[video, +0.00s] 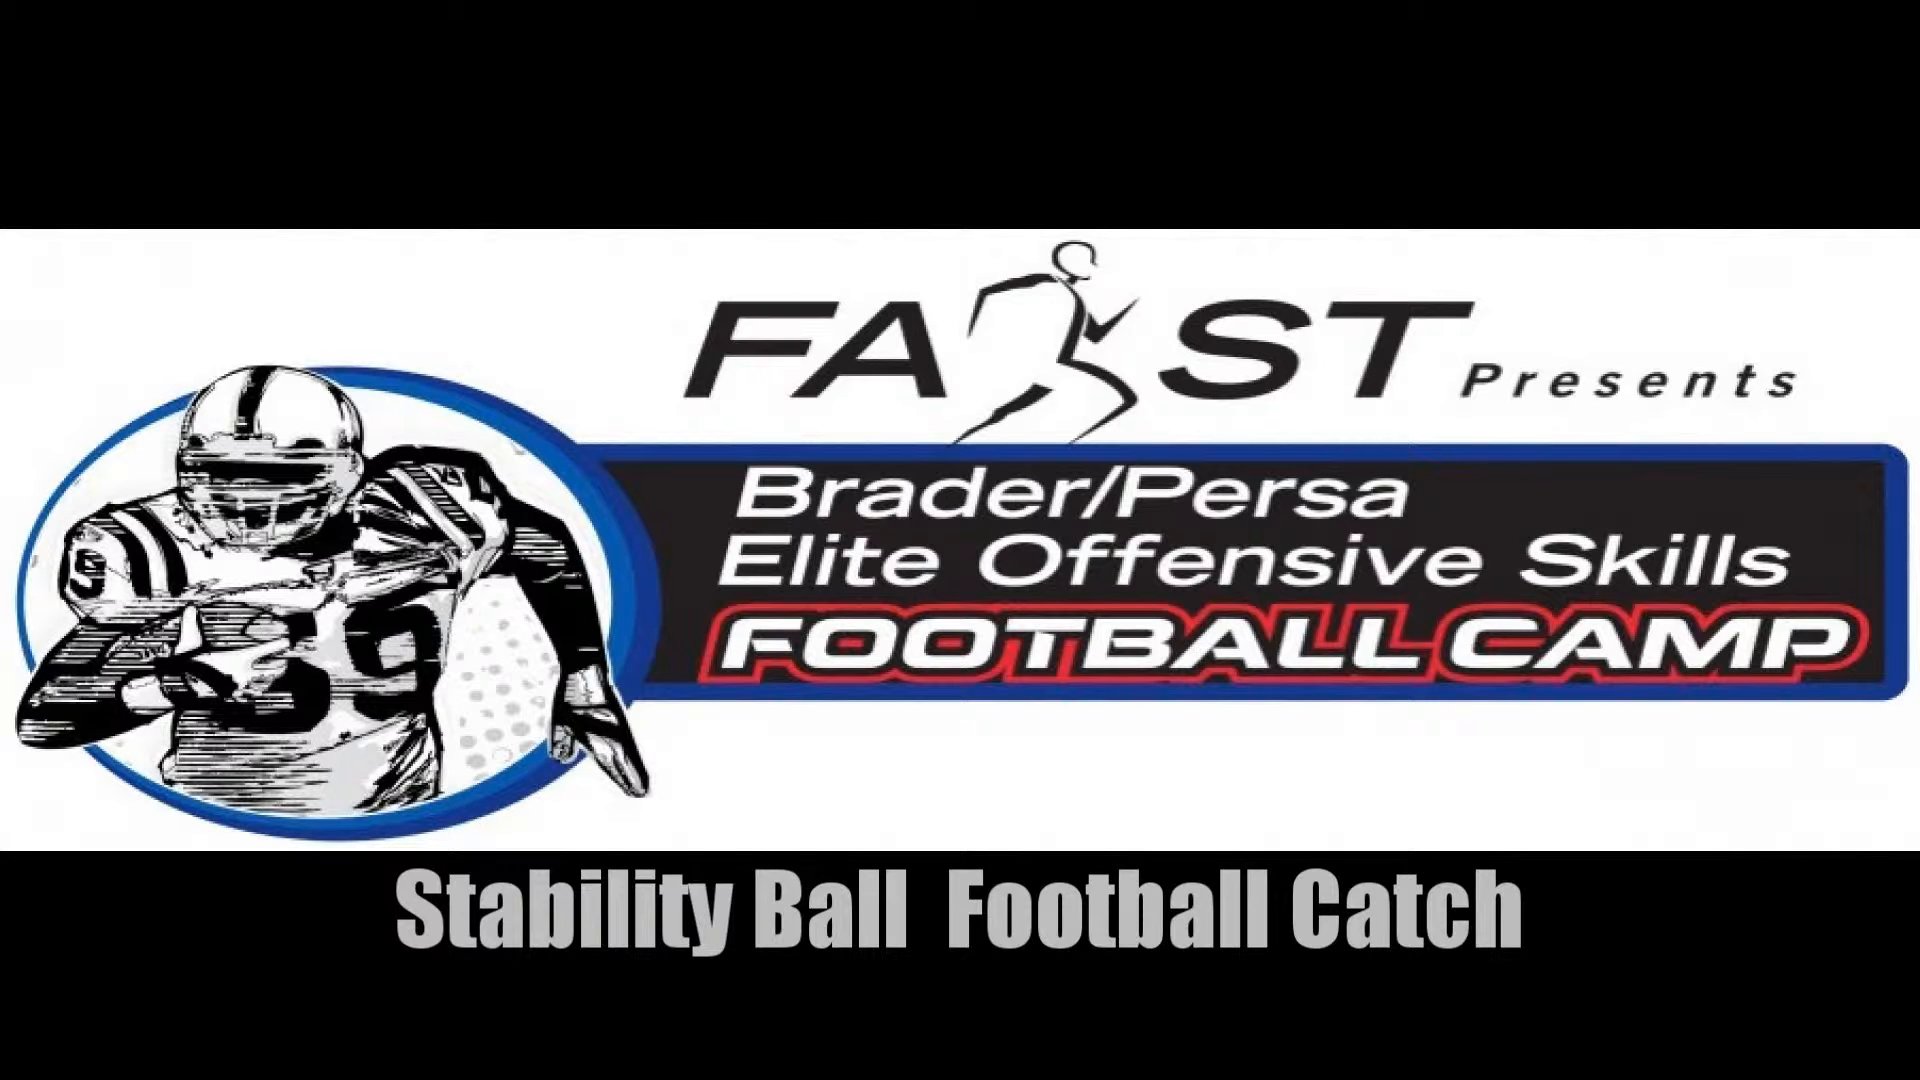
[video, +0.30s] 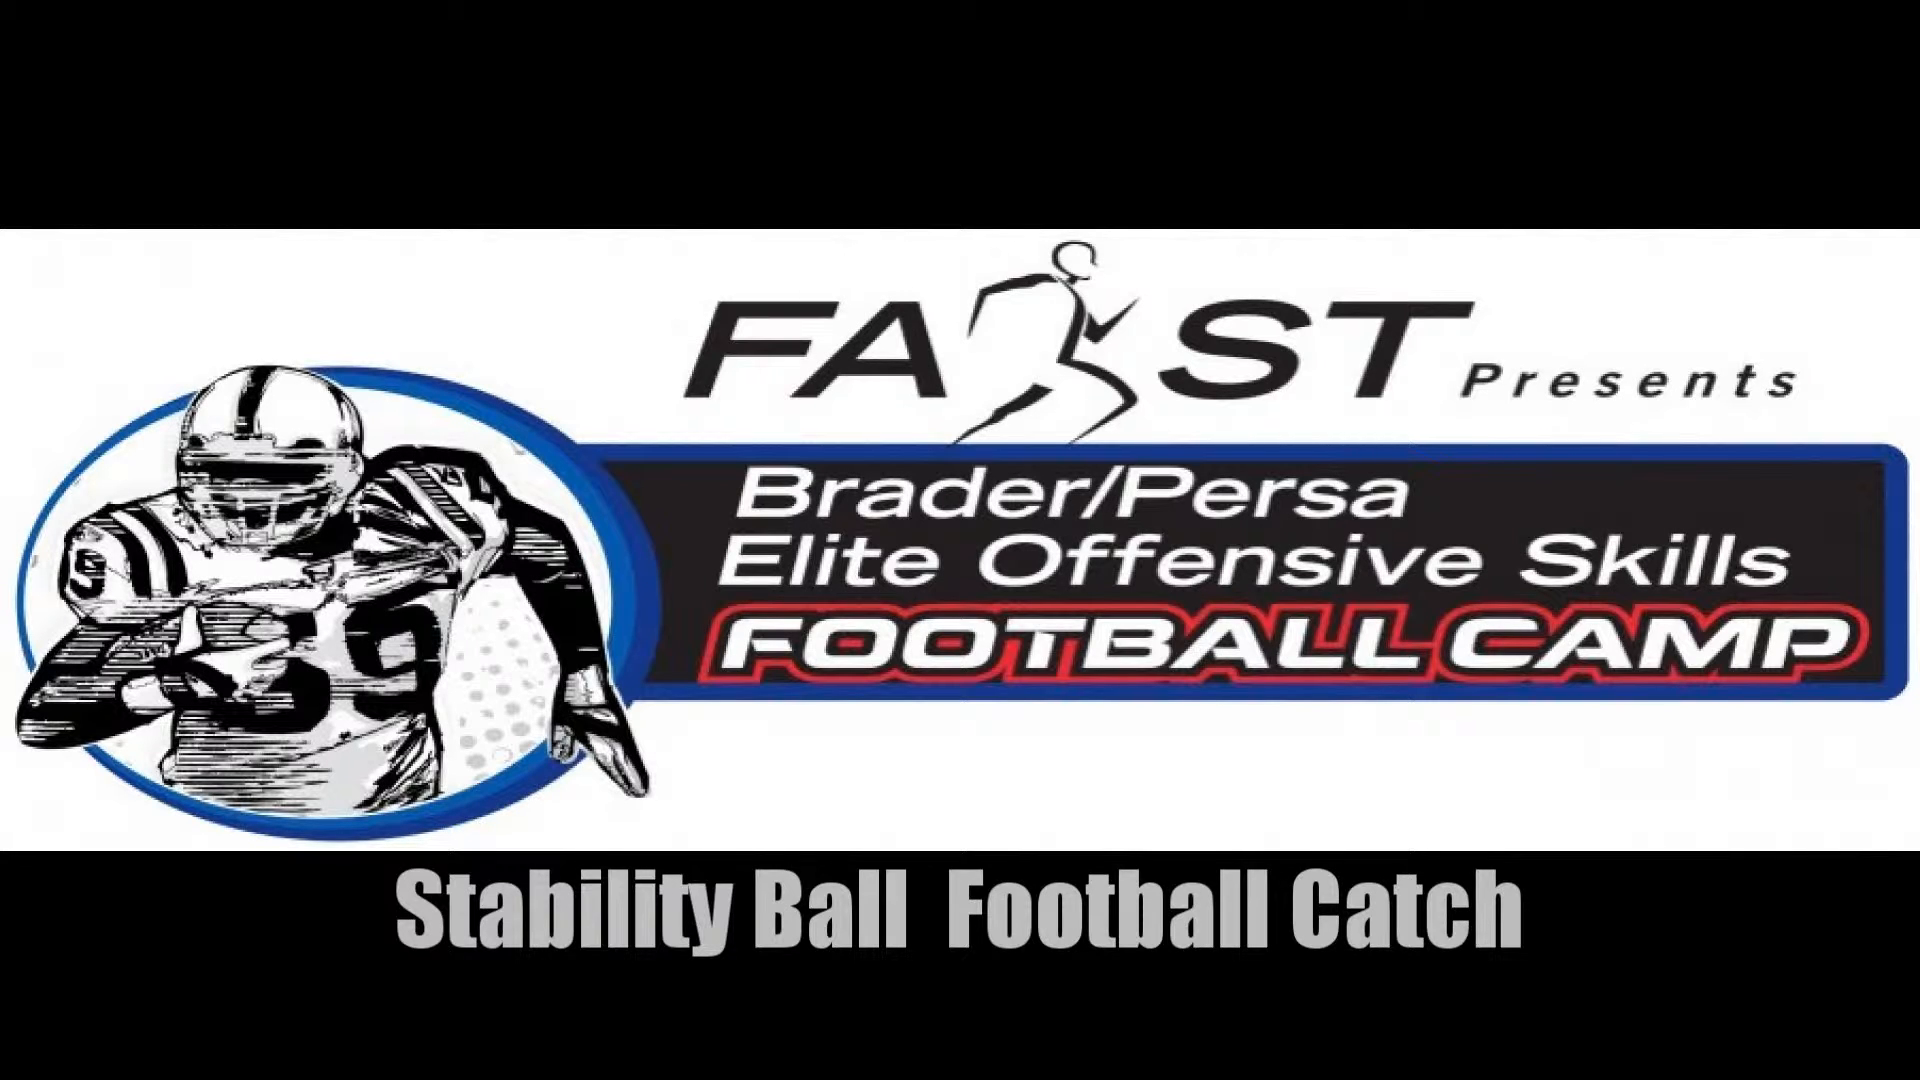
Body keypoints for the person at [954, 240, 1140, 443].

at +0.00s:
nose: (1088, 268)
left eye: (1089, 262)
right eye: (1082, 260)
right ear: (1069, 263)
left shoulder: (1077, 301)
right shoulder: (1045, 281)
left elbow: (1096, 335)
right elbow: (986, 292)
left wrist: (1127, 309)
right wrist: (970, 331)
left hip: (1053, 366)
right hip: (1059, 365)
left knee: (1002, 412)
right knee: (1128, 398)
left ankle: (956, 442)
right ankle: (1074, 441)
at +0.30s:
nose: (1088, 268)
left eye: (1089, 262)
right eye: (1082, 260)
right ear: (1069, 263)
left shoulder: (1077, 301)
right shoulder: (1045, 281)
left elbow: (1096, 335)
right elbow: (986, 292)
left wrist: (1127, 309)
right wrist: (970, 331)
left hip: (1053, 366)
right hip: (1059, 365)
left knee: (1002, 412)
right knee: (1128, 398)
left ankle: (956, 442)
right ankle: (1074, 441)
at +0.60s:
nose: (1088, 268)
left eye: (1089, 262)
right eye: (1082, 260)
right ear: (1069, 263)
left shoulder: (1077, 301)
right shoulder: (1045, 281)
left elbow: (1096, 335)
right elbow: (986, 292)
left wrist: (1127, 309)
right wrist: (970, 331)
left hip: (1053, 366)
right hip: (1059, 365)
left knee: (1002, 412)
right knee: (1128, 398)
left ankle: (956, 442)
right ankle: (1074, 441)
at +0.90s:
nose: (1087, 267)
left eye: (1088, 261)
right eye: (1080, 259)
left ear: (1089, 266)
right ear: (1066, 262)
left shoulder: (1078, 301)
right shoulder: (1045, 281)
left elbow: (1096, 334)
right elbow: (986, 292)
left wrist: (1127, 309)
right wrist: (970, 331)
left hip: (1052, 367)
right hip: (1057, 365)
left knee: (1002, 413)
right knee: (1128, 399)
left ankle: (956, 443)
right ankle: (1073, 442)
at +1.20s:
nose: (1090, 267)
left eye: (1090, 260)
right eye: (1084, 259)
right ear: (1071, 262)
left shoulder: (1078, 299)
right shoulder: (1044, 280)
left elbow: (1096, 334)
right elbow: (986, 291)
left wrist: (1127, 309)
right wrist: (970, 330)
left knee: (1001, 412)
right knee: (1128, 397)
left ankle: (952, 444)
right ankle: (1072, 441)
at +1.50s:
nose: (1090, 266)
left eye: (1090, 260)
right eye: (1084, 258)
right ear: (1069, 261)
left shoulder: (1077, 298)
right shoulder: (1044, 280)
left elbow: (1096, 333)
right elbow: (985, 290)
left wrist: (1127, 309)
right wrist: (970, 331)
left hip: (1053, 365)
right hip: (1057, 363)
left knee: (1002, 411)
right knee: (1128, 397)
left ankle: (955, 442)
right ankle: (1073, 441)